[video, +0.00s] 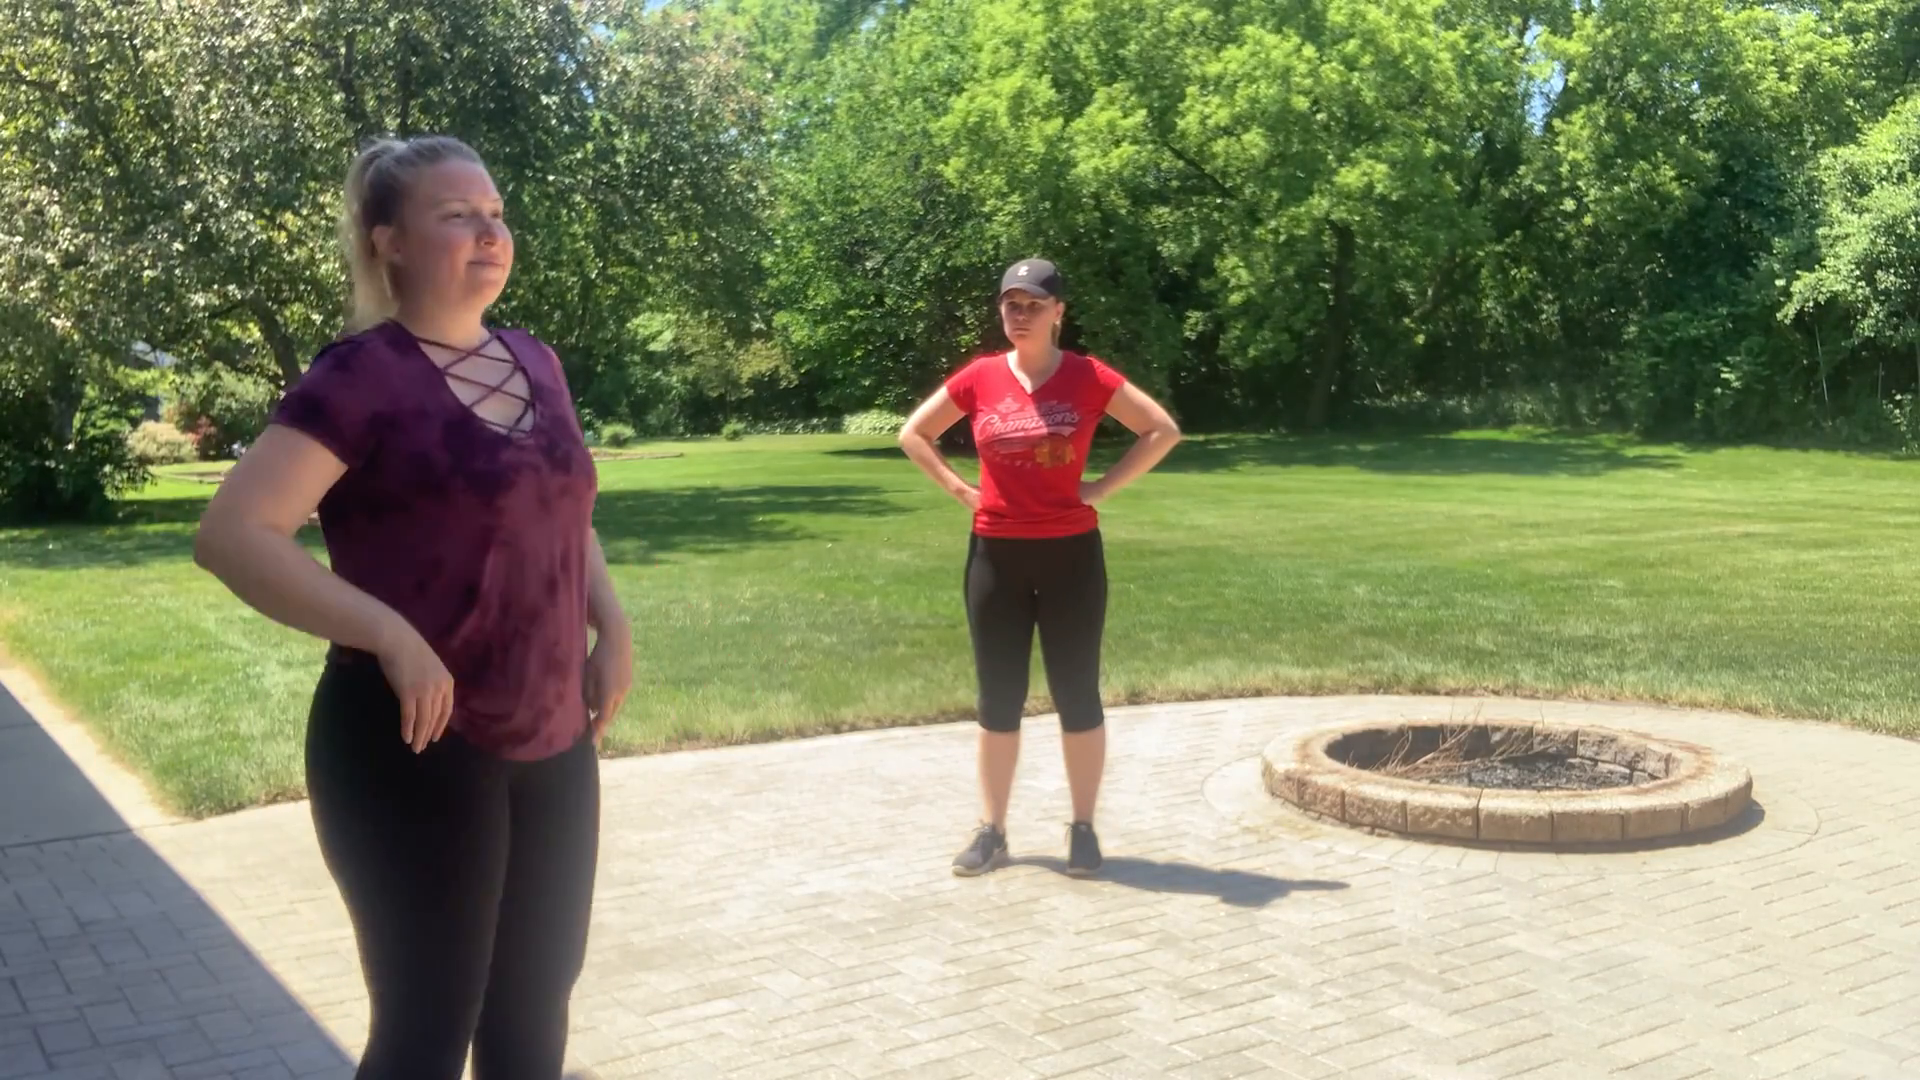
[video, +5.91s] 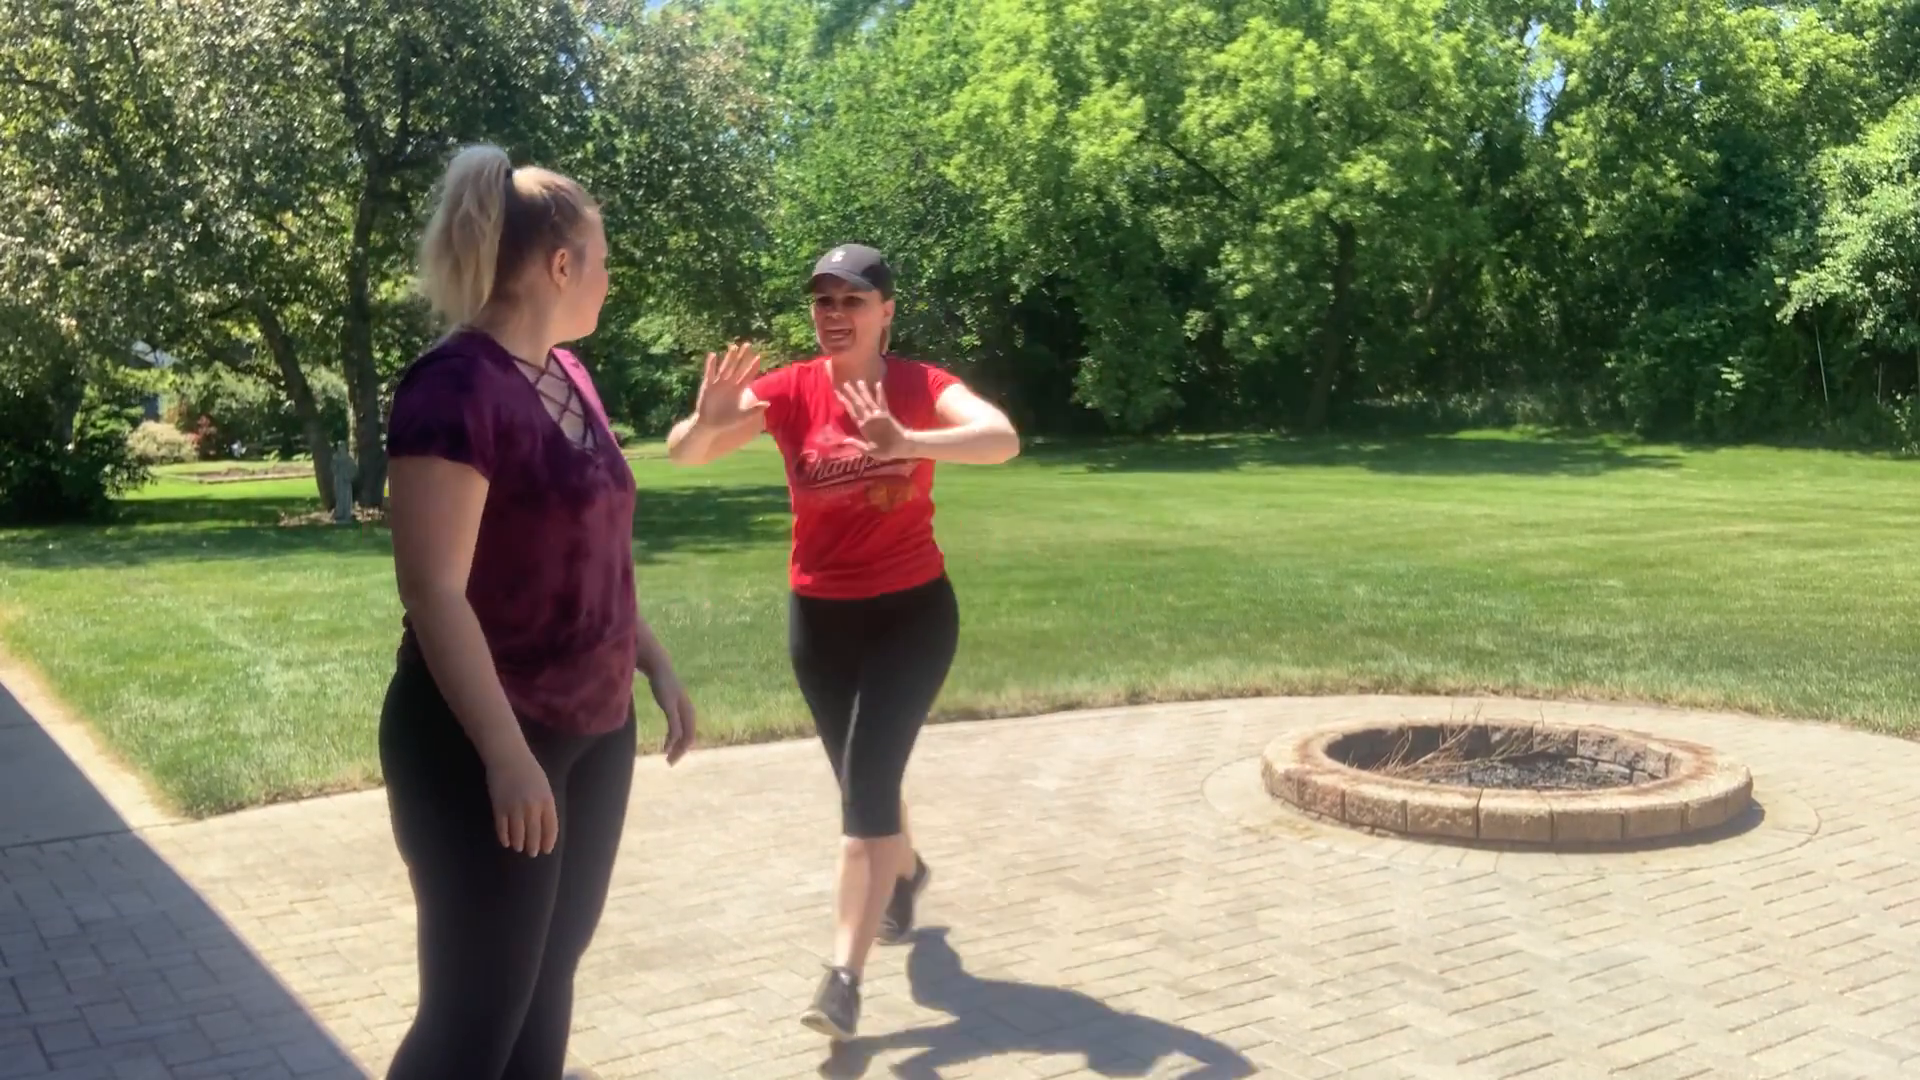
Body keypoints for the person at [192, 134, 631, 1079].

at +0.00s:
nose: (491, 238)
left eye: (498, 218)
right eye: (458, 220)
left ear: (510, 235)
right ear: (387, 244)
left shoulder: (537, 362)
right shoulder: (360, 376)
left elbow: (563, 519)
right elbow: (230, 534)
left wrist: (613, 622)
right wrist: (388, 629)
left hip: (552, 730)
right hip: (414, 738)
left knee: (530, 1035)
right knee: (424, 1041)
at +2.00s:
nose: (563, 260)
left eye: (560, 240)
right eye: (538, 243)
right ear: (462, 261)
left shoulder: (528, 370)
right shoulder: (426, 377)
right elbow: (306, 501)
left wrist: (560, 600)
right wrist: (425, 619)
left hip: (566, 717)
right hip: (462, 726)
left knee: (519, 984)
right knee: (444, 1019)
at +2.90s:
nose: (508, 254)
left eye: (510, 233)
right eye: (474, 243)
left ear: (522, 243)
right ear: (417, 275)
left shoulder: (570, 353)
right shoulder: (402, 361)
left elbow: (582, 478)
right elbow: (294, 506)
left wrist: (646, 514)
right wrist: (411, 597)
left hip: (585, 713)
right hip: (452, 721)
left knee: (534, 983)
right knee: (463, 1017)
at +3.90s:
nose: (543, 262)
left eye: (535, 240)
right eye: (528, 240)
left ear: (469, 257)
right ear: (477, 251)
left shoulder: (485, 377)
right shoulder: (432, 367)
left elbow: (493, 551)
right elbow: (405, 553)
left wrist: (615, 602)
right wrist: (539, 657)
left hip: (535, 720)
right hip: (464, 727)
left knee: (508, 1005)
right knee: (479, 1024)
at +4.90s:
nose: (553, 270)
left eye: (548, 248)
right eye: (545, 247)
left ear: (466, 261)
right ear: (507, 256)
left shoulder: (486, 380)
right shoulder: (455, 388)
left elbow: (482, 585)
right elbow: (444, 594)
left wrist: (556, 737)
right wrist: (530, 758)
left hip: (535, 735)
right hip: (480, 740)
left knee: (513, 1018)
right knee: (482, 1031)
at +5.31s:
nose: (571, 263)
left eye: (565, 241)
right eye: (559, 241)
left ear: (503, 263)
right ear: (513, 259)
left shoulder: (526, 372)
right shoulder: (453, 384)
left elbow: (546, 550)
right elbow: (426, 596)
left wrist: (618, 657)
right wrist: (483, 767)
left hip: (574, 726)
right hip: (491, 734)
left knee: (531, 998)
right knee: (475, 1023)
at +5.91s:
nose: (607, 284)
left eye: (606, 264)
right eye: (602, 263)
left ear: (537, 268)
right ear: (559, 266)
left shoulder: (570, 376)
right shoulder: (456, 387)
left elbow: (585, 557)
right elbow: (433, 592)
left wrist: (656, 665)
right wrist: (507, 755)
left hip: (590, 732)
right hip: (481, 738)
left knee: (546, 998)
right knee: (471, 1022)